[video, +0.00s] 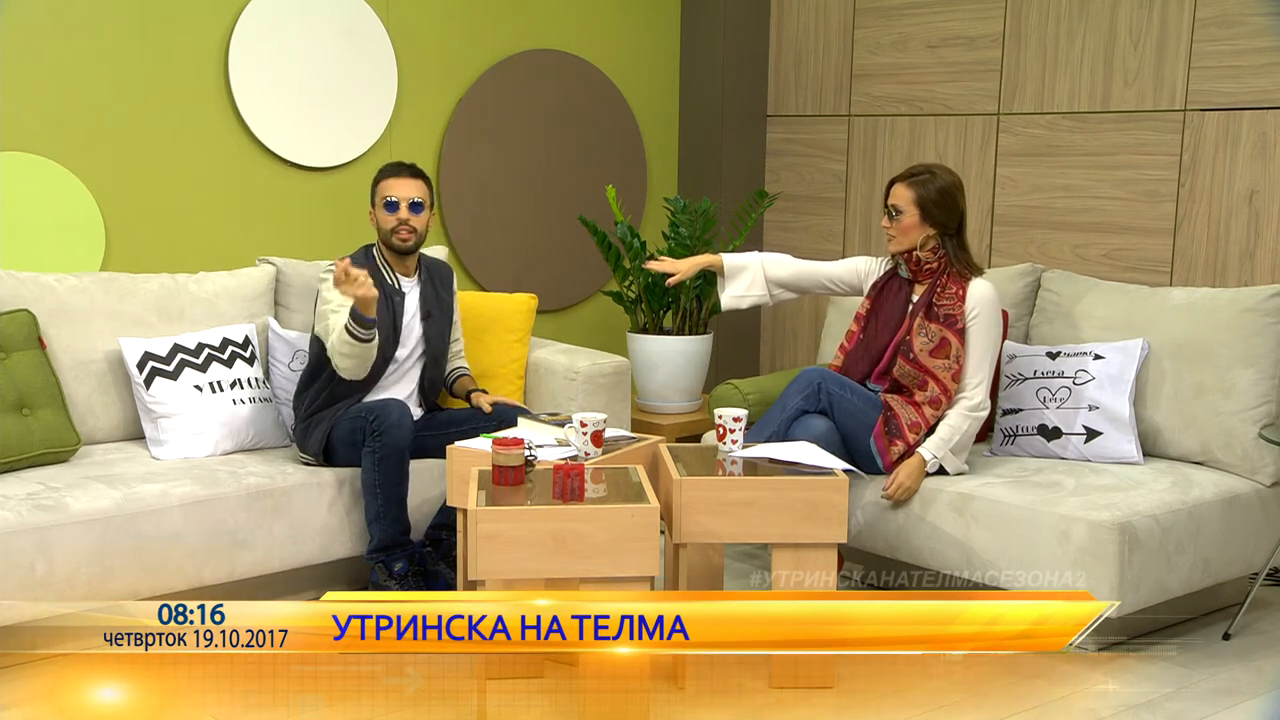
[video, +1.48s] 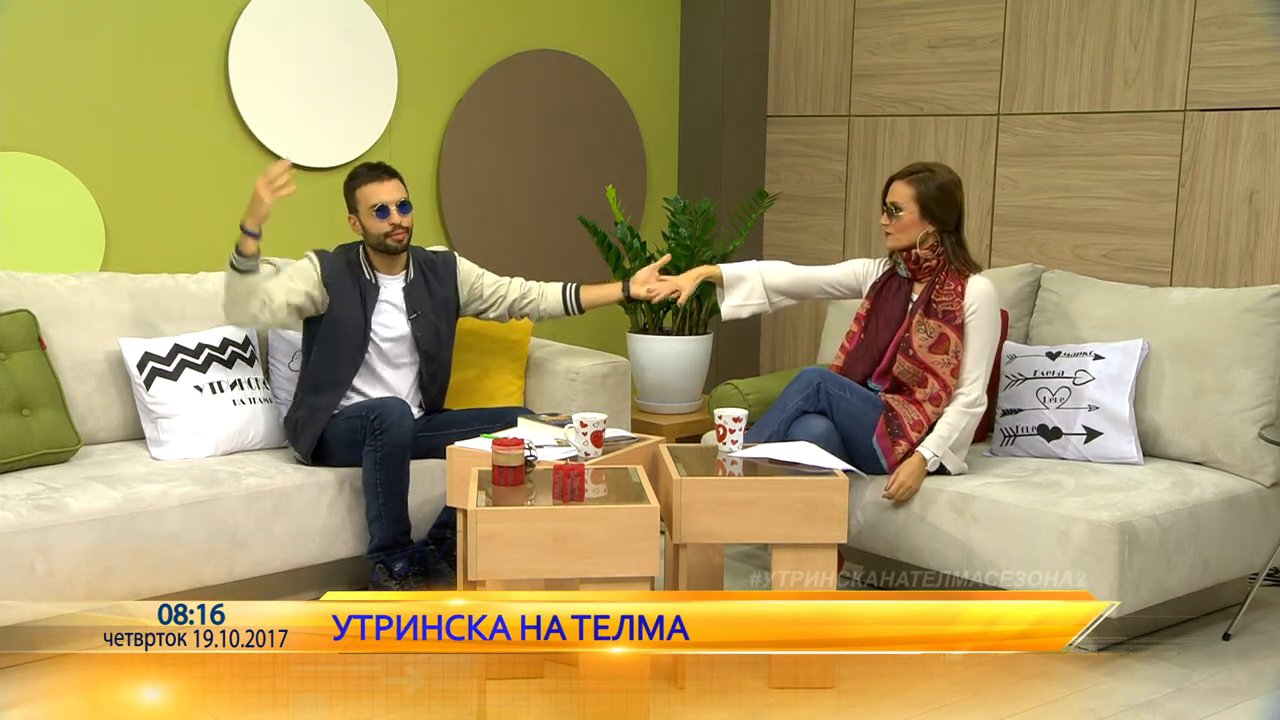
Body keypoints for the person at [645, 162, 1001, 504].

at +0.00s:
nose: (885, 222)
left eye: (897, 214)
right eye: (887, 212)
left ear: (934, 222)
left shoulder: (976, 295)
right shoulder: (883, 271)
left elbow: (973, 400)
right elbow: (799, 272)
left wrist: (921, 461)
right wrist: (707, 262)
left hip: (915, 440)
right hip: (862, 423)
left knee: (817, 379)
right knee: (811, 429)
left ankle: (728, 467)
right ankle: (808, 568)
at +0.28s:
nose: (885, 222)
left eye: (896, 214)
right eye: (886, 212)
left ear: (933, 222)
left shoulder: (975, 295)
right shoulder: (882, 271)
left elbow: (972, 400)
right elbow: (797, 273)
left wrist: (921, 460)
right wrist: (705, 263)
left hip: (915, 440)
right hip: (862, 423)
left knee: (817, 379)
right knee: (811, 429)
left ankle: (728, 467)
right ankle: (806, 568)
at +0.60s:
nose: (884, 222)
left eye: (895, 213)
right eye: (886, 212)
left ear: (932, 222)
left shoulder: (974, 295)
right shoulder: (881, 271)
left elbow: (972, 399)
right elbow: (797, 273)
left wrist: (921, 460)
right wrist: (705, 262)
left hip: (915, 440)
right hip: (862, 423)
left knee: (817, 379)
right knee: (811, 429)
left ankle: (729, 467)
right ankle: (805, 569)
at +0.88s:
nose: (883, 222)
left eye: (895, 213)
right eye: (885, 212)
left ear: (932, 222)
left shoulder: (974, 294)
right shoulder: (881, 272)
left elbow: (972, 398)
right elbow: (796, 273)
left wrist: (922, 460)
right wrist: (705, 263)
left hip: (915, 440)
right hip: (862, 423)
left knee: (816, 379)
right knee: (811, 429)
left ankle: (729, 468)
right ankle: (804, 569)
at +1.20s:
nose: (883, 222)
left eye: (895, 213)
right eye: (885, 211)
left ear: (932, 221)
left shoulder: (974, 293)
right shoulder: (880, 273)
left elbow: (971, 398)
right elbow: (793, 275)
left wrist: (922, 460)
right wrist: (702, 266)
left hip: (915, 440)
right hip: (861, 423)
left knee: (816, 379)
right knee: (811, 429)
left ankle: (727, 468)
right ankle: (802, 571)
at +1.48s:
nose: (884, 220)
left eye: (896, 212)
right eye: (885, 211)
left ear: (933, 221)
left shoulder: (974, 292)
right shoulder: (881, 273)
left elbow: (970, 396)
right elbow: (799, 278)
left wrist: (922, 459)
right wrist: (707, 272)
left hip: (915, 439)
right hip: (860, 423)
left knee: (815, 380)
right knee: (811, 430)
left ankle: (729, 471)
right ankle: (811, 570)